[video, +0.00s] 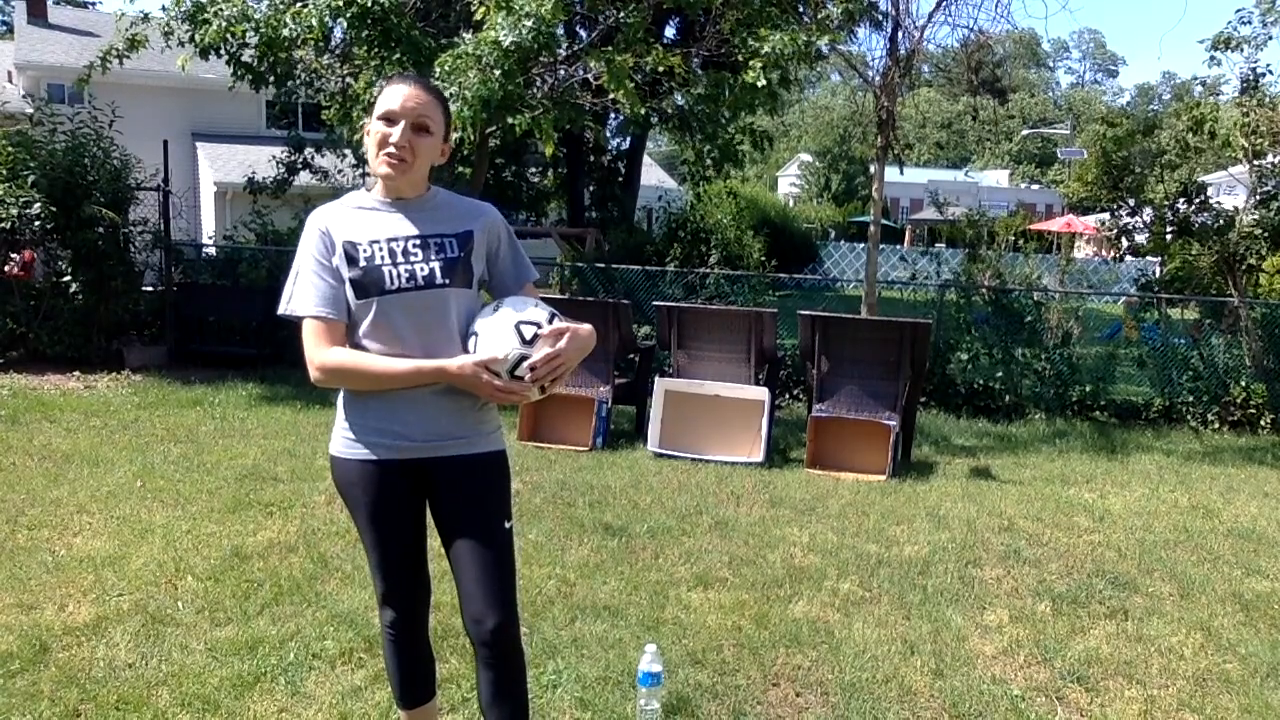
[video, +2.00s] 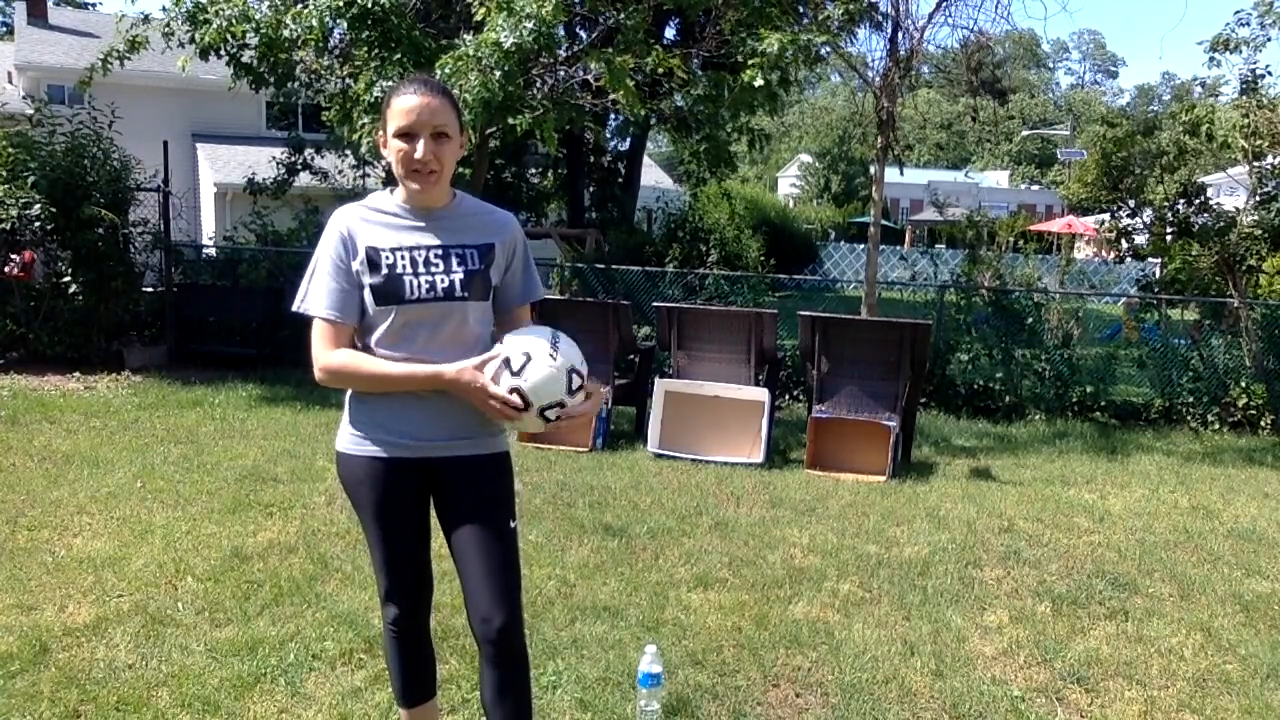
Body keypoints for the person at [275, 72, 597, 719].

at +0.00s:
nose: (397, 134)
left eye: (418, 127)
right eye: (387, 119)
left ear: (443, 150)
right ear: (367, 132)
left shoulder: (482, 222)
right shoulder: (330, 227)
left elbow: (530, 321)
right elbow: (322, 361)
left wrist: (583, 336)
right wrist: (447, 371)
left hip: (469, 450)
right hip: (373, 455)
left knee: (494, 625)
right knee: (402, 616)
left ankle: (506, 717)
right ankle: (419, 714)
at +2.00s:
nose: (423, 151)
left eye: (438, 136)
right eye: (407, 136)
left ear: (461, 143)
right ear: (384, 144)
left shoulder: (499, 230)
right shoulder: (351, 228)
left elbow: (522, 351)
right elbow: (327, 361)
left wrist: (573, 394)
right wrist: (447, 377)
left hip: (474, 451)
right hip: (380, 452)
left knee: (500, 625)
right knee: (404, 613)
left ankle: (509, 719)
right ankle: (421, 714)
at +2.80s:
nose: (426, 139)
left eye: (442, 125)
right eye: (409, 127)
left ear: (465, 142)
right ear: (390, 146)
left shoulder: (502, 228)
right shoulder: (352, 222)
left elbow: (532, 357)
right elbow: (313, 345)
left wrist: (492, 342)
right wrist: (345, 344)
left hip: (471, 440)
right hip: (377, 440)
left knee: (494, 620)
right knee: (403, 607)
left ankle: (508, 718)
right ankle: (418, 713)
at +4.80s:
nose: (435, 142)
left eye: (450, 129)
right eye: (419, 128)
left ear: (471, 145)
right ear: (395, 143)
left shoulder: (502, 228)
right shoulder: (358, 221)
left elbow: (503, 363)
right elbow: (342, 353)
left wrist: (414, 329)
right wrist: (299, 303)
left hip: (475, 440)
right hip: (380, 440)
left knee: (508, 621)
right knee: (404, 611)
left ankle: (510, 717)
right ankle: (419, 714)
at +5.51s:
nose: (399, 140)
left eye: (417, 128)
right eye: (385, 126)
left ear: (439, 144)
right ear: (361, 141)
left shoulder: (482, 226)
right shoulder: (335, 228)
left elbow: (524, 337)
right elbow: (308, 357)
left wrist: (511, 368)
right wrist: (370, 338)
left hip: (468, 441)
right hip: (373, 444)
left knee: (493, 622)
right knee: (400, 610)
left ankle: (505, 719)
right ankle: (419, 714)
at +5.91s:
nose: (392, 145)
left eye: (408, 130)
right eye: (376, 132)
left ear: (435, 140)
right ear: (357, 146)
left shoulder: (481, 226)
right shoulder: (334, 230)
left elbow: (512, 334)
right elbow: (301, 353)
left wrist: (503, 360)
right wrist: (361, 345)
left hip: (469, 441)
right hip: (374, 445)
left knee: (496, 620)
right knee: (401, 612)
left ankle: (505, 719)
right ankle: (419, 715)